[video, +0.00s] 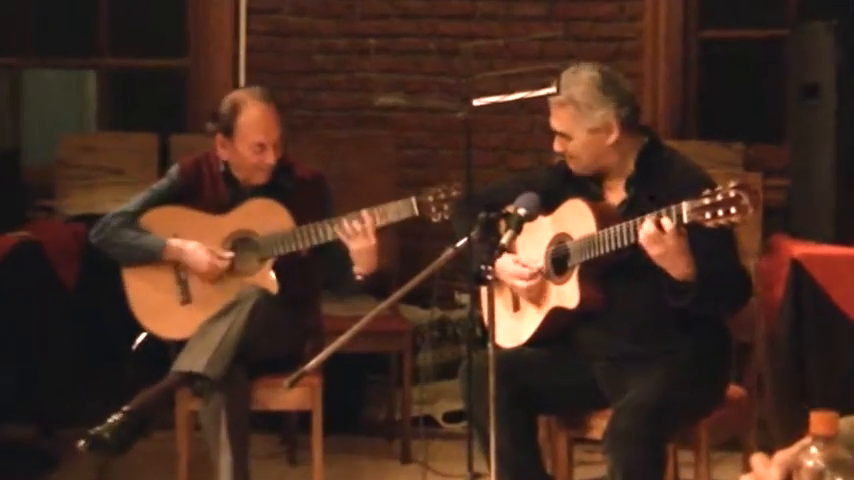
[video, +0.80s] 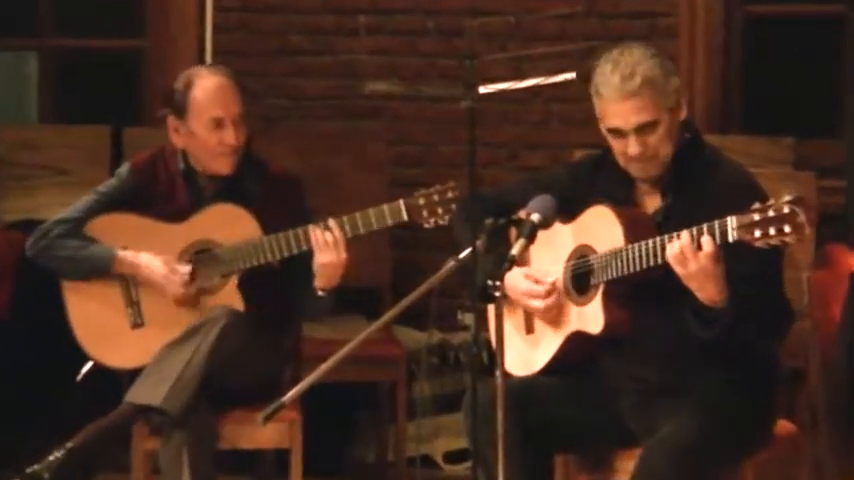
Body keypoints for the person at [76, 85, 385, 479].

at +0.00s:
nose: (270, 158)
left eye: (275, 146)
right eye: (257, 148)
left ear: (283, 139)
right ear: (223, 145)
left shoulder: (304, 188)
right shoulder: (192, 177)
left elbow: (331, 280)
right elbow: (105, 233)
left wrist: (362, 270)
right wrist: (177, 250)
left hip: (284, 331)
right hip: (208, 325)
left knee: (252, 300)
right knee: (225, 368)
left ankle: (143, 409)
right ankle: (232, 476)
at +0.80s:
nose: (233, 138)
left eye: (238, 123)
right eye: (216, 126)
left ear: (247, 120)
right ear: (178, 131)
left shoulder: (276, 189)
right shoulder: (147, 177)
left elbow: (302, 306)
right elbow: (45, 243)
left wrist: (324, 287)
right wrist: (136, 264)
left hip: (257, 361)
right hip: (166, 356)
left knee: (223, 324)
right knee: (188, 424)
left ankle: (92, 443)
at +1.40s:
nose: (161, 142)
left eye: (180, 129)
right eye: (153, 124)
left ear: (220, 132)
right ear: (143, 119)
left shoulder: (265, 190)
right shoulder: (123, 177)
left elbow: (293, 314)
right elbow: (21, 251)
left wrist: (314, 291)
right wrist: (110, 277)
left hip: (242, 370)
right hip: (144, 359)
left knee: (207, 333)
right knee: (172, 433)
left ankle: (92, 446)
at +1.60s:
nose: (142, 144)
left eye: (163, 131)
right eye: (135, 125)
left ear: (207, 133)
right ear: (126, 118)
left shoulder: (256, 188)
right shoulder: (109, 174)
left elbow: (281, 318)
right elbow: (11, 254)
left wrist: (309, 297)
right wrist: (97, 263)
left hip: (232, 379)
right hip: (124, 368)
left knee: (194, 341)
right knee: (157, 453)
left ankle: (82, 453)